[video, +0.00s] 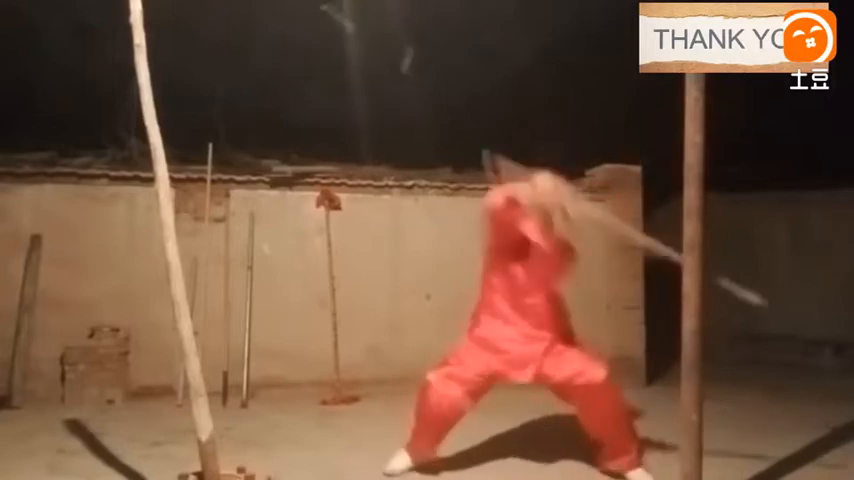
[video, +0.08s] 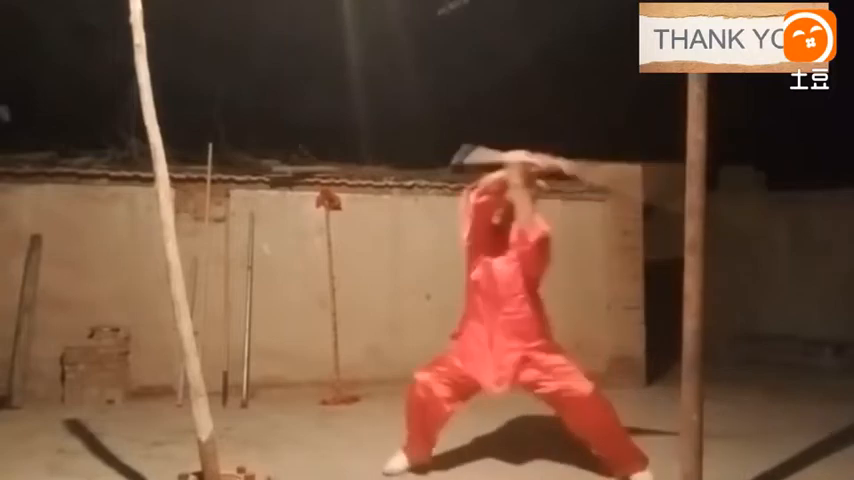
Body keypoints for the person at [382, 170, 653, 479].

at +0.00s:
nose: (547, 200)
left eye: (553, 195)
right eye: (541, 192)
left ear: (559, 202)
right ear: (528, 196)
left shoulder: (558, 247)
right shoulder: (507, 234)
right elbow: (498, 203)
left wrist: (570, 346)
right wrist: (529, 192)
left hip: (544, 346)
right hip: (493, 343)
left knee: (596, 383)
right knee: (441, 392)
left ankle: (623, 462)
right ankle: (416, 451)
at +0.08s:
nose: (498, 206)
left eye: (506, 199)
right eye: (492, 198)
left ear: (519, 207)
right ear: (481, 207)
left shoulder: (530, 246)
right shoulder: (477, 247)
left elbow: (531, 230)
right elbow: (479, 194)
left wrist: (519, 177)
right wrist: (527, 166)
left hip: (529, 353)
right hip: (475, 351)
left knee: (583, 396)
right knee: (425, 386)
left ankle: (632, 467)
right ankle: (415, 455)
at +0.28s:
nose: (490, 206)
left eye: (498, 198)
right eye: (486, 198)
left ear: (510, 205)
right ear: (475, 208)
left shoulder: (519, 250)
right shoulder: (467, 251)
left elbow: (517, 225)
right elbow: (454, 199)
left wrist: (506, 184)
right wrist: (499, 168)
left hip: (521, 352)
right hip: (468, 351)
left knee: (577, 396)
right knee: (416, 386)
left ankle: (625, 464)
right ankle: (411, 456)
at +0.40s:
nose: (490, 205)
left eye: (498, 196)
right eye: (484, 198)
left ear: (511, 199)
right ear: (472, 205)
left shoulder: (516, 238)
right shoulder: (463, 247)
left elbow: (522, 274)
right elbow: (448, 205)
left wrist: (506, 212)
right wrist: (483, 176)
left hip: (520, 351)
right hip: (464, 350)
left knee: (576, 395)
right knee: (412, 384)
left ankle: (624, 465)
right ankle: (410, 455)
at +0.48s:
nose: (495, 203)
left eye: (502, 192)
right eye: (488, 195)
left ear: (512, 197)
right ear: (473, 203)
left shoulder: (516, 238)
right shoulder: (462, 248)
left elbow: (521, 275)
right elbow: (451, 218)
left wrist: (501, 203)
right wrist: (481, 177)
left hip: (519, 350)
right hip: (465, 349)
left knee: (576, 395)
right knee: (412, 383)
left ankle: (625, 465)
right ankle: (410, 455)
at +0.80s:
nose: (493, 206)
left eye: (500, 198)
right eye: (486, 199)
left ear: (512, 204)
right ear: (474, 208)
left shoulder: (522, 245)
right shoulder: (468, 246)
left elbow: (517, 230)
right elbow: (452, 201)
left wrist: (509, 187)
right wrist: (487, 176)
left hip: (524, 350)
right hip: (468, 347)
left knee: (579, 394)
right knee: (413, 383)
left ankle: (626, 466)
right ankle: (410, 456)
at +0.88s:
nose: (495, 201)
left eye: (503, 193)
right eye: (489, 194)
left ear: (516, 197)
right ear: (477, 200)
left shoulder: (523, 237)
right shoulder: (468, 240)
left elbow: (520, 224)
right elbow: (453, 195)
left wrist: (503, 184)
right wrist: (487, 171)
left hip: (524, 347)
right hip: (469, 345)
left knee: (579, 394)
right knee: (415, 382)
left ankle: (627, 466)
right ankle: (410, 456)